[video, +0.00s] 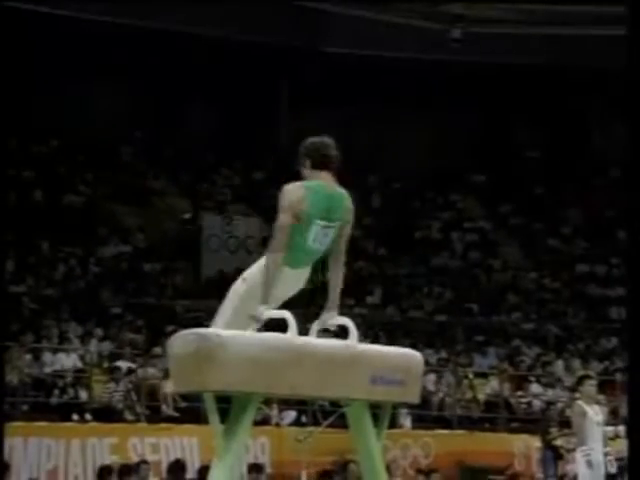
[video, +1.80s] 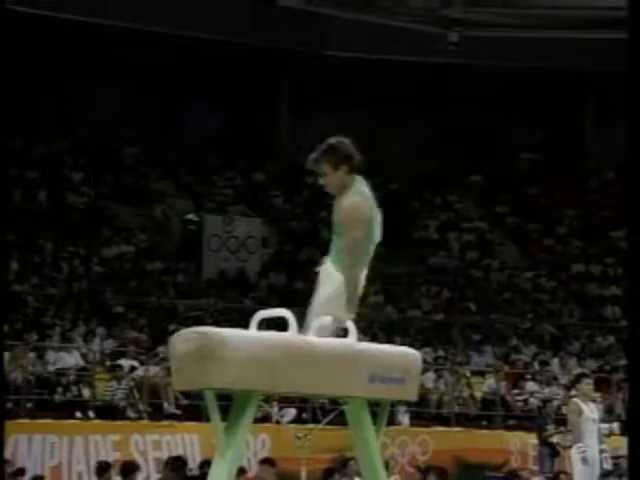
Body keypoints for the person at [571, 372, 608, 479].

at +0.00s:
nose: (594, 389)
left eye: (595, 385)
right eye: (590, 385)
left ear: (597, 388)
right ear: (580, 388)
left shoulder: (597, 408)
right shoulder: (578, 407)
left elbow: (598, 431)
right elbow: (579, 433)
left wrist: (616, 431)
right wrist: (585, 455)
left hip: (599, 453)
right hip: (587, 454)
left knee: (599, 475)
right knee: (588, 475)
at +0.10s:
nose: (594, 389)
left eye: (595, 385)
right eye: (590, 385)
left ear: (597, 388)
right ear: (580, 388)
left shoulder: (597, 408)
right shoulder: (578, 406)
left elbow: (599, 431)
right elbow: (579, 433)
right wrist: (585, 454)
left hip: (598, 452)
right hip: (587, 453)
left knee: (599, 474)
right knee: (587, 475)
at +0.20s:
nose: (593, 388)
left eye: (594, 385)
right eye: (590, 385)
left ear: (596, 387)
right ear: (580, 388)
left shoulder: (596, 407)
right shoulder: (578, 406)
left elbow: (598, 430)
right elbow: (579, 431)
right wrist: (584, 454)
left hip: (598, 450)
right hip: (587, 452)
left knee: (599, 474)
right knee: (587, 475)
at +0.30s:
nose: (593, 388)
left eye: (594, 385)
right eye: (589, 385)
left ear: (596, 387)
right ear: (580, 388)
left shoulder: (596, 407)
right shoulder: (578, 406)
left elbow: (598, 430)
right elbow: (578, 431)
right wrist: (584, 454)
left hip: (598, 449)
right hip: (586, 451)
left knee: (599, 474)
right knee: (587, 475)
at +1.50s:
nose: (590, 387)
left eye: (591, 384)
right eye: (586, 384)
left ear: (593, 386)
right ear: (577, 387)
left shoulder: (592, 405)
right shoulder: (575, 404)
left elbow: (594, 428)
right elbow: (574, 429)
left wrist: (610, 428)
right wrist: (580, 452)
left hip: (594, 448)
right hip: (583, 450)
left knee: (594, 474)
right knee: (583, 475)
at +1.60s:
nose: (590, 387)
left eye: (591, 384)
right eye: (586, 384)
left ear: (594, 386)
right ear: (577, 387)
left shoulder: (592, 405)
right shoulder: (574, 404)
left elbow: (596, 429)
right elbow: (574, 428)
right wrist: (580, 450)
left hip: (594, 449)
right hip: (583, 450)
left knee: (594, 474)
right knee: (583, 475)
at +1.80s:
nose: (591, 388)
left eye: (591, 384)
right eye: (587, 384)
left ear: (594, 386)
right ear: (577, 387)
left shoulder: (592, 405)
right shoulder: (574, 404)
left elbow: (595, 430)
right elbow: (574, 428)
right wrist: (580, 450)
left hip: (594, 449)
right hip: (583, 451)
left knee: (594, 474)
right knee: (583, 475)